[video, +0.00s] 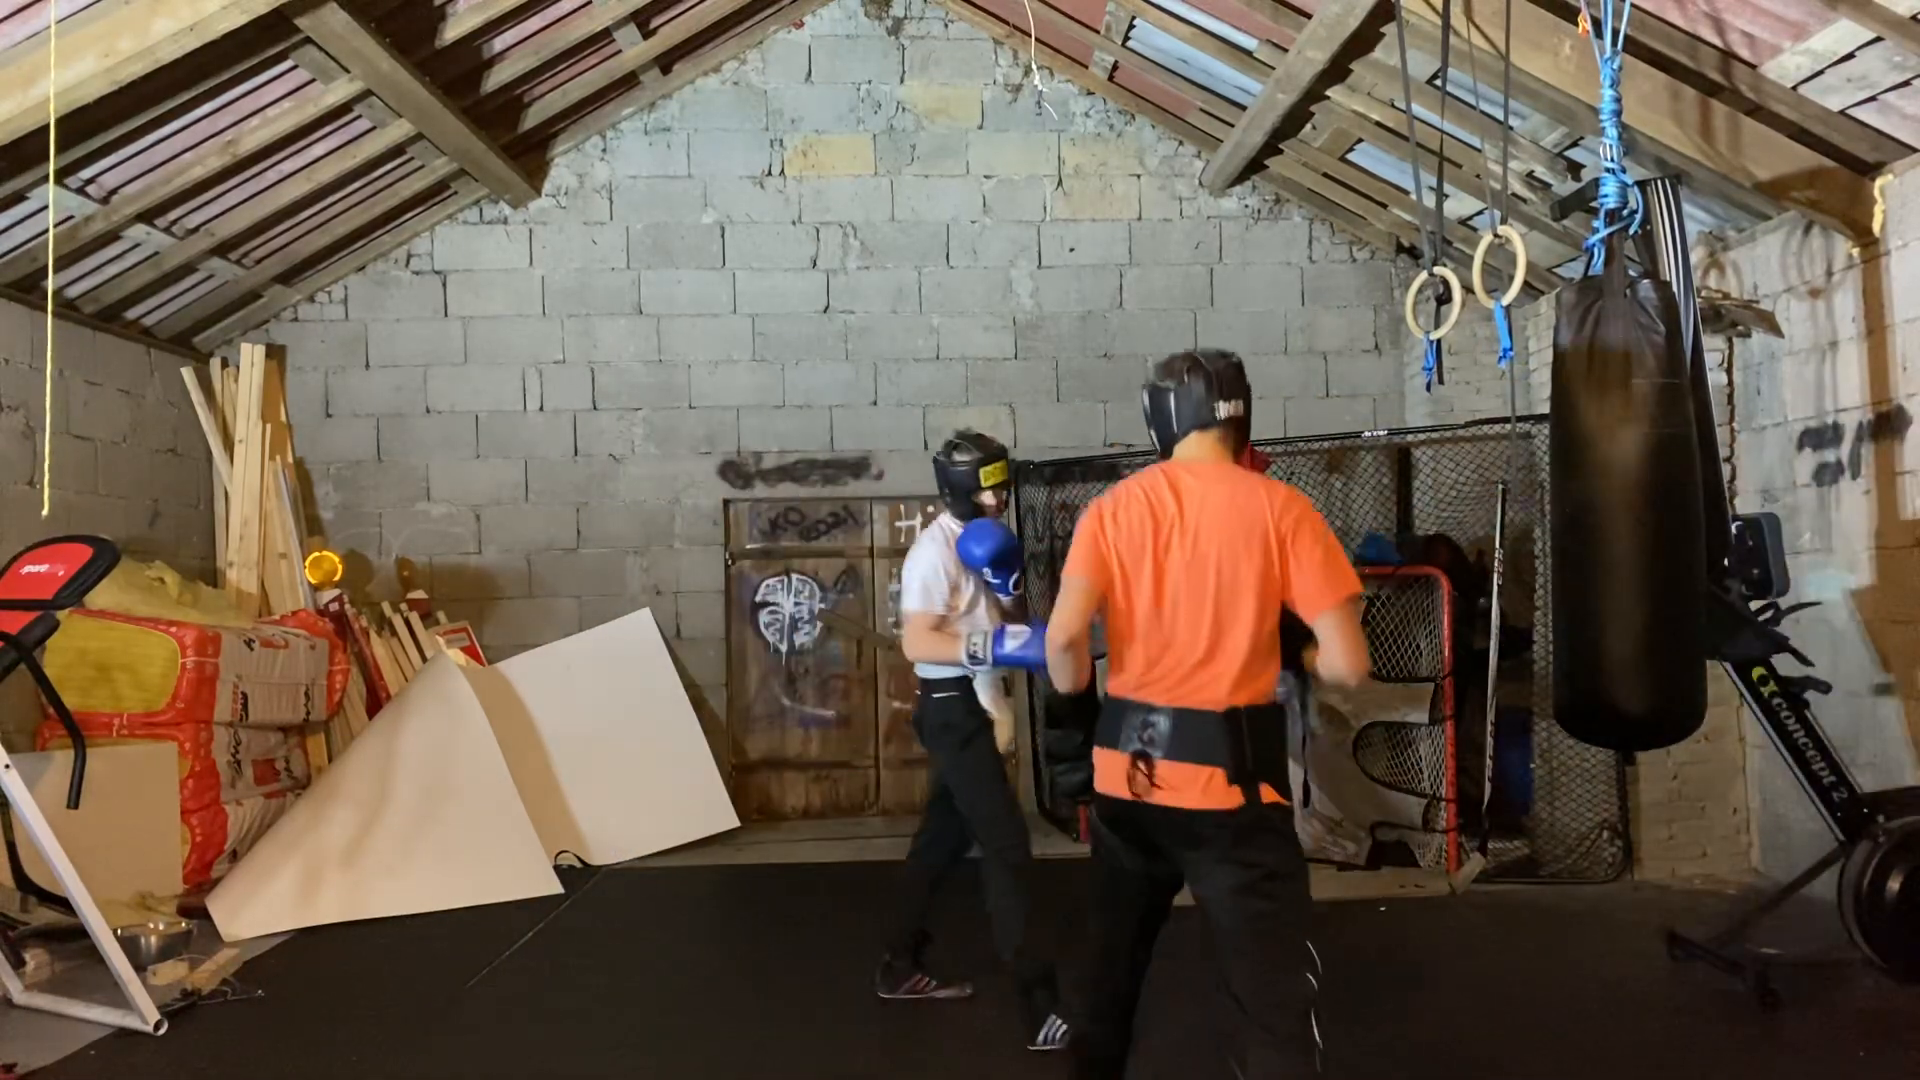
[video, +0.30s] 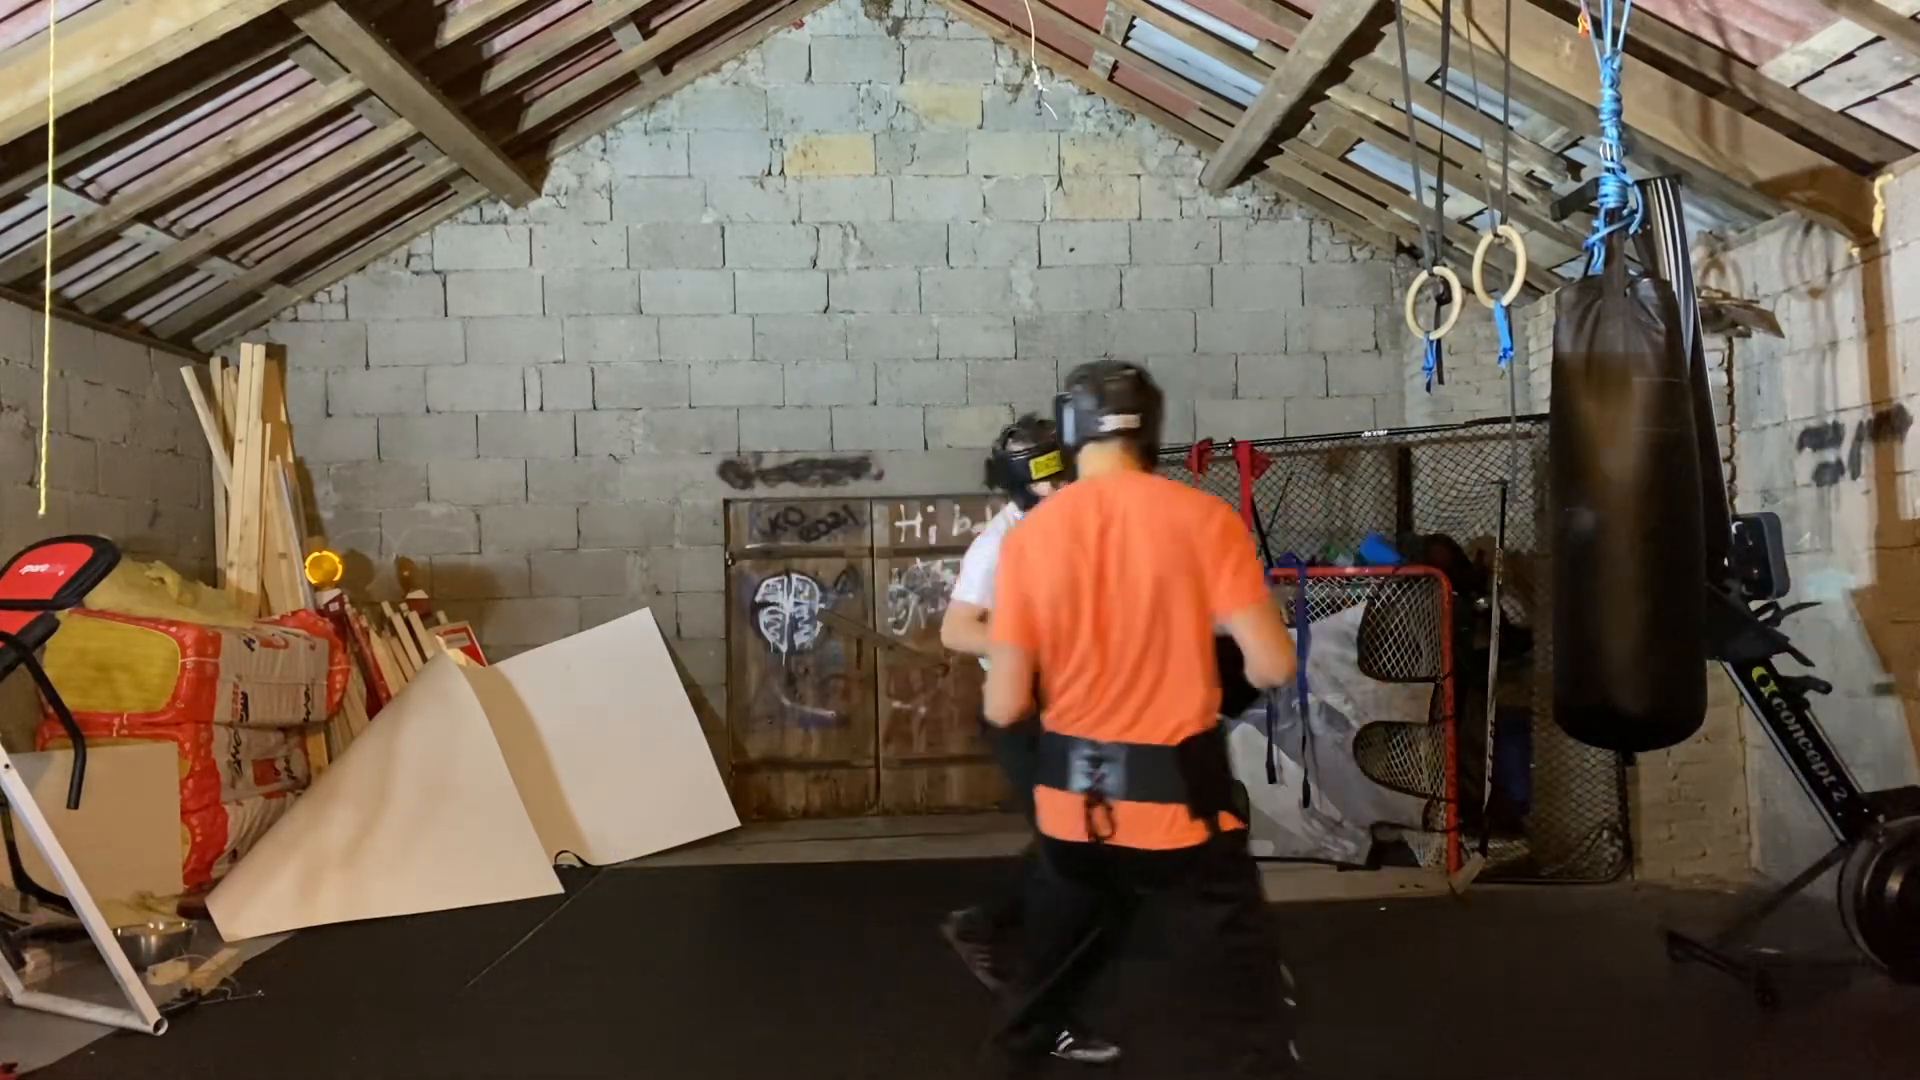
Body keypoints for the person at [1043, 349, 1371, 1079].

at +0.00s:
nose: (1157, 424)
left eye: (1158, 413)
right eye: (1246, 414)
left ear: (1162, 418)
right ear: (1243, 418)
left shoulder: (1111, 510)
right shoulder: (1284, 510)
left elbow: (1063, 637)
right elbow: (1347, 666)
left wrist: (1074, 682)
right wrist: (1299, 650)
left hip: (1121, 783)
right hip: (1232, 789)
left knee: (1103, 980)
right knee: (1276, 1008)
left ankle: (1090, 1062)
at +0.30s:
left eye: (1068, 426)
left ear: (1070, 431)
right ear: (1151, 430)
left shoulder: (1030, 535)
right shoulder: (1205, 519)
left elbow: (1005, 705)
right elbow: (1274, 665)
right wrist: (1221, 646)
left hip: (1067, 813)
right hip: (1179, 814)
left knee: (1033, 1010)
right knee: (1248, 1023)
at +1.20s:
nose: (953, 453)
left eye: (955, 439)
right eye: (952, 437)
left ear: (864, 422)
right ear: (934, 430)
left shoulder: (795, 502)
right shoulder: (907, 502)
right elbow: (1023, 575)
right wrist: (1027, 467)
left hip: (814, 797)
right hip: (883, 798)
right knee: (879, 1023)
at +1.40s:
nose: (935, 462)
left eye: (942, 448)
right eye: (938, 447)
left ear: (851, 427)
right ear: (916, 437)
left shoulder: (783, 501)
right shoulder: (871, 507)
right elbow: (977, 588)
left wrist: (957, 496)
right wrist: (1002, 477)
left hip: (762, 801)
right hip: (807, 809)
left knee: (867, 1021)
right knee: (812, 1044)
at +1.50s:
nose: (890, 468)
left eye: (895, 449)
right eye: (889, 447)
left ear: (801, 431)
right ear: (859, 447)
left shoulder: (742, 516)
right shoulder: (818, 527)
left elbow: (892, 556)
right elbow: (950, 573)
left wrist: (912, 471)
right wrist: (953, 457)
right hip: (783, 821)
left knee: (897, 992)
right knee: (763, 1044)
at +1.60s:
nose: (816, 438)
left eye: (820, 423)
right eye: (812, 421)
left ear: (729, 410)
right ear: (786, 419)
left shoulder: (677, 494)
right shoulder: (745, 505)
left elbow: (827, 548)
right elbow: (889, 570)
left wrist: (856, 472)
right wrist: (894, 458)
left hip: (692, 773)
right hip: (739, 784)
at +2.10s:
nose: (623, 439)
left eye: (624, 419)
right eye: (613, 418)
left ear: (548, 412)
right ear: (566, 412)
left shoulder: (568, 527)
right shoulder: (449, 517)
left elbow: (533, 684)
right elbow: (510, 697)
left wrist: (606, 675)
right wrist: (594, 576)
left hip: (552, 808)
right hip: (449, 822)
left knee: (645, 1042)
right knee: (420, 1061)